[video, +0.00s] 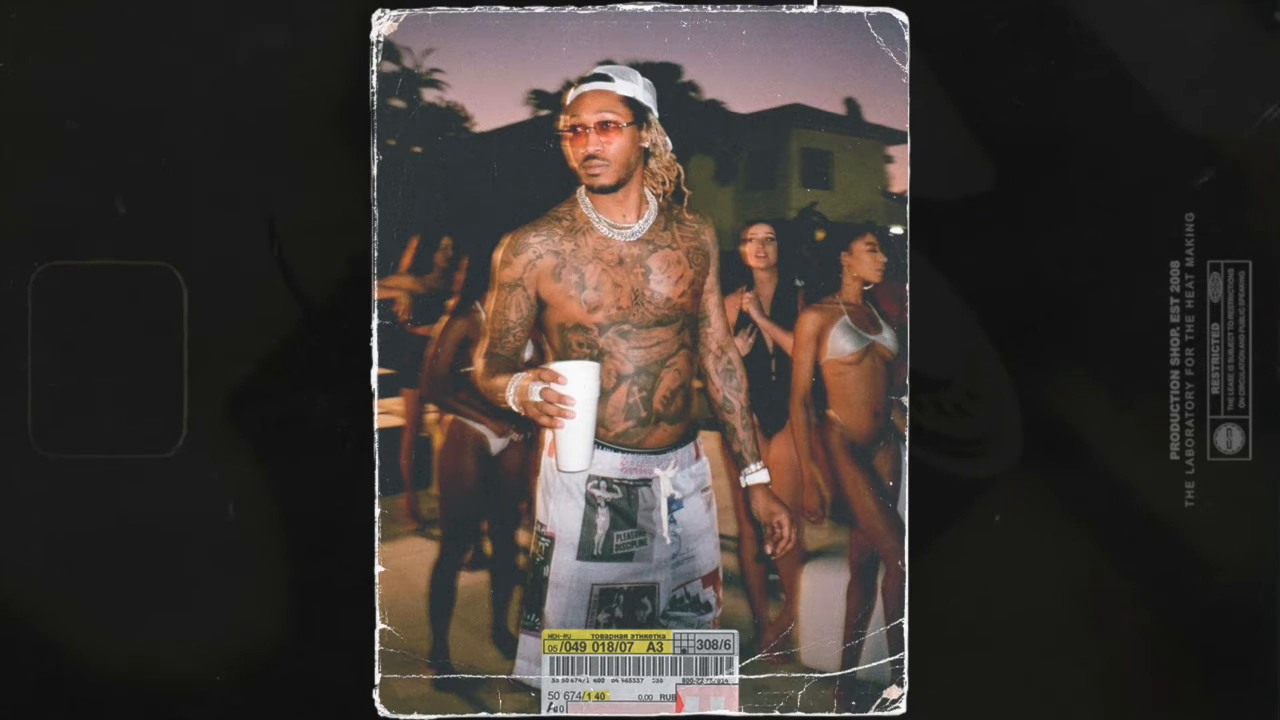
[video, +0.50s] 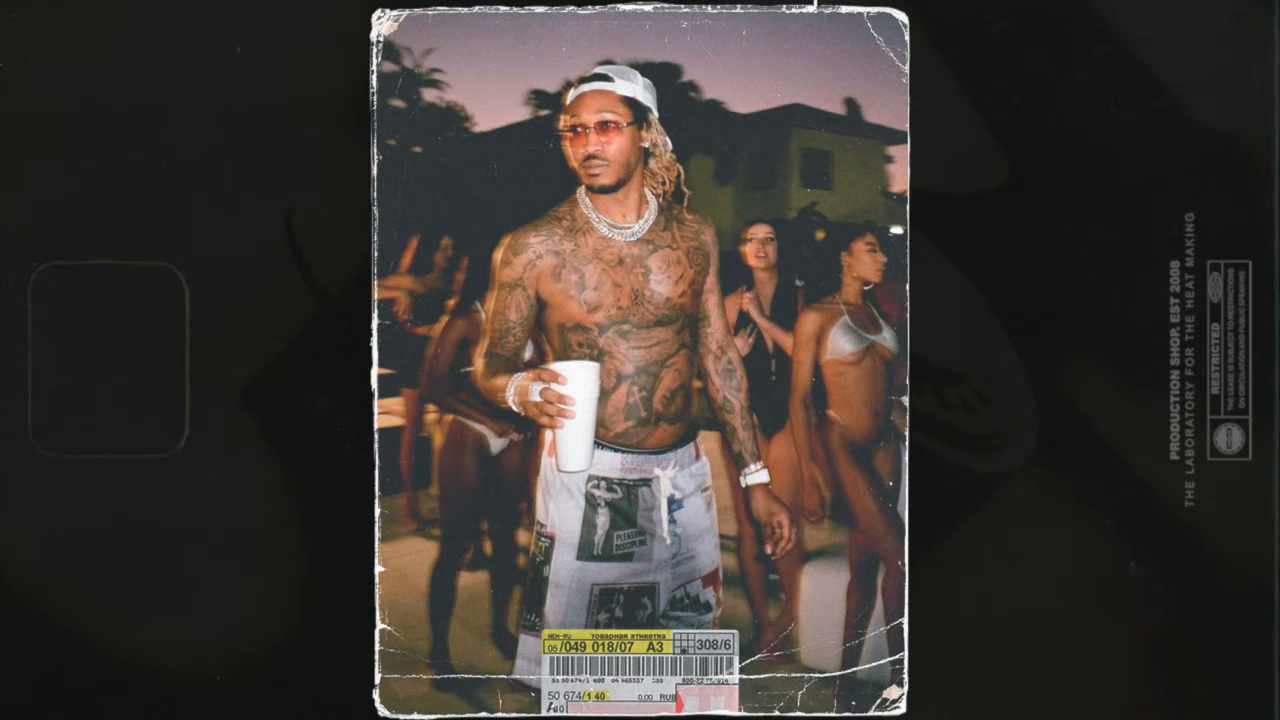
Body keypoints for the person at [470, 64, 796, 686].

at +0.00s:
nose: (590, 143)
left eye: (608, 126)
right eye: (576, 130)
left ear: (646, 138)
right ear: (565, 143)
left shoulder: (693, 236)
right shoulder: (532, 248)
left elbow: (720, 358)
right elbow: (490, 366)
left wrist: (756, 481)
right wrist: (516, 389)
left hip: (681, 477)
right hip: (582, 482)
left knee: (690, 663)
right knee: (573, 667)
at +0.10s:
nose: (589, 143)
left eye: (608, 126)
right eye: (576, 130)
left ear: (645, 138)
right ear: (564, 143)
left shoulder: (693, 235)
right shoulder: (532, 248)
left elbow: (719, 359)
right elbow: (490, 366)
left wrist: (757, 481)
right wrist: (516, 389)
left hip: (681, 477)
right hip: (582, 482)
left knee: (689, 662)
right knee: (574, 667)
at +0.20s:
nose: (589, 143)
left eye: (608, 126)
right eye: (576, 130)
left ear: (646, 138)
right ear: (565, 143)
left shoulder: (693, 236)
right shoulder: (532, 248)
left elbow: (720, 358)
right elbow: (490, 366)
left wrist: (756, 481)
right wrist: (516, 389)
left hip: (681, 477)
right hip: (582, 482)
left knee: (690, 663)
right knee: (573, 667)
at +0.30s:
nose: (589, 144)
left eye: (608, 126)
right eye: (576, 130)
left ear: (645, 138)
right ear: (564, 143)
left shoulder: (693, 235)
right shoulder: (532, 248)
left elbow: (719, 359)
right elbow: (490, 366)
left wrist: (757, 482)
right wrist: (516, 389)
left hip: (681, 477)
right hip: (582, 482)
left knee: (689, 662)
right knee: (574, 667)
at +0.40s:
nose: (589, 143)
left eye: (608, 126)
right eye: (576, 130)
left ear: (645, 138)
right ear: (564, 143)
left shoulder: (693, 235)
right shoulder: (532, 248)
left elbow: (719, 359)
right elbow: (490, 366)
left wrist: (757, 481)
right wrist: (516, 389)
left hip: (681, 477)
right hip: (582, 482)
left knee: (689, 662)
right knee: (574, 667)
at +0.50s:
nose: (590, 143)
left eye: (608, 126)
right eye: (576, 130)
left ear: (646, 138)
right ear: (565, 143)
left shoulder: (693, 236)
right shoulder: (532, 248)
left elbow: (720, 358)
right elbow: (490, 366)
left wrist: (756, 481)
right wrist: (516, 389)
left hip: (681, 477)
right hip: (582, 482)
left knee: (690, 663)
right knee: (574, 666)